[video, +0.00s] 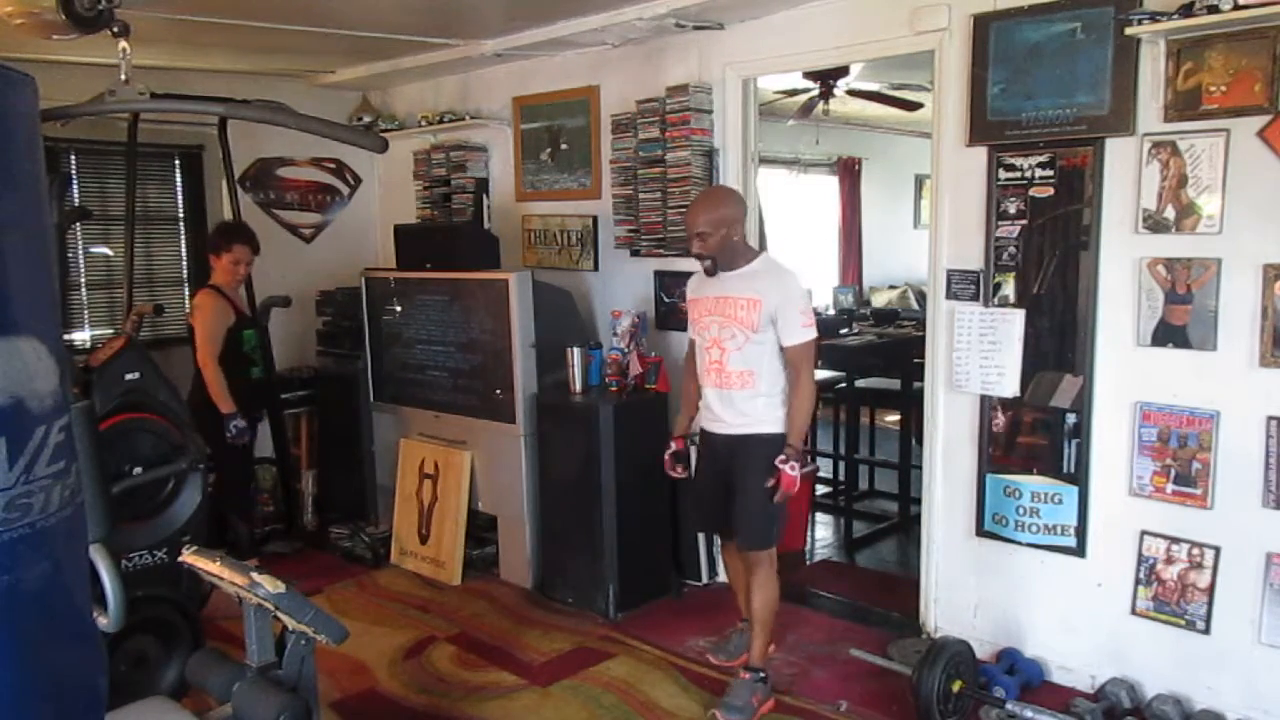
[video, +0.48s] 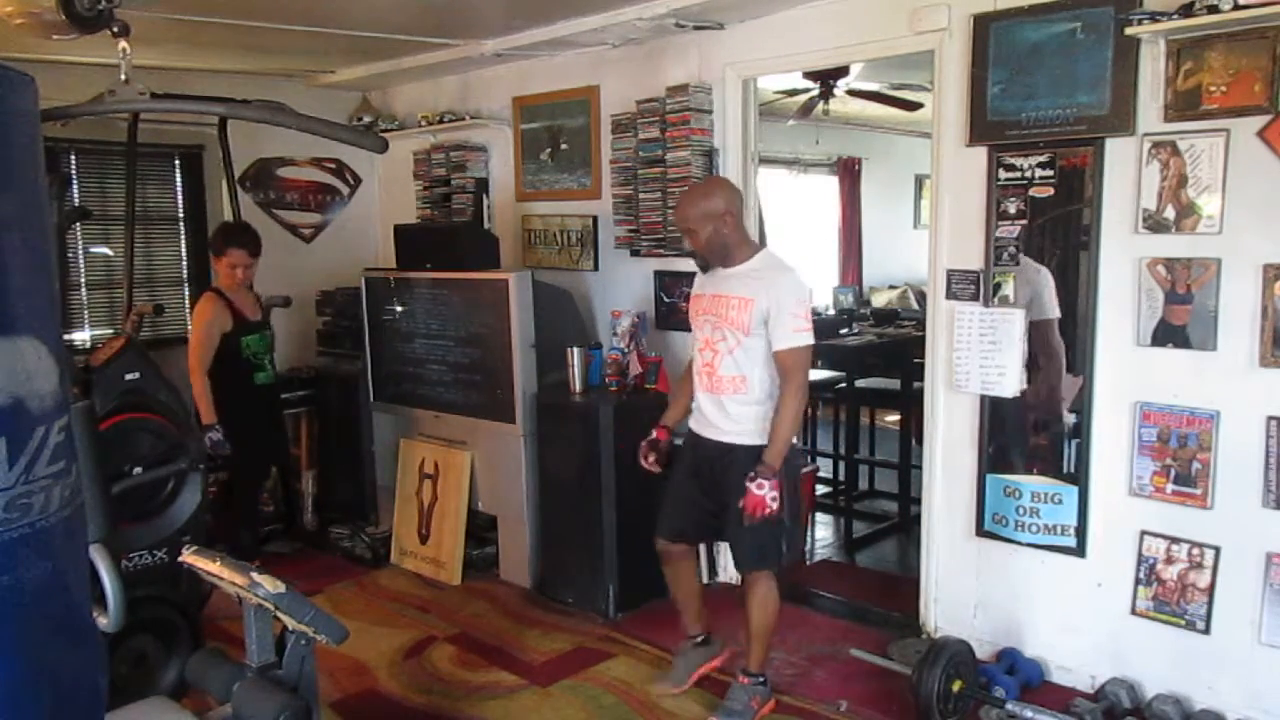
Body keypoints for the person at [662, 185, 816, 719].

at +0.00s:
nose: (694, 246)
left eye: (702, 236)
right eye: (691, 236)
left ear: (735, 229)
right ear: (699, 233)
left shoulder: (781, 286)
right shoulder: (699, 284)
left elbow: (803, 374)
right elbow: (695, 363)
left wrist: (794, 448)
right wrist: (679, 432)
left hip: (762, 438)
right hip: (714, 436)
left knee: (758, 552)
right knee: (730, 543)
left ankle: (757, 669)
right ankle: (751, 629)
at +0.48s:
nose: (686, 244)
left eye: (690, 233)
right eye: (683, 234)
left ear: (726, 221)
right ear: (718, 225)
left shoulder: (782, 285)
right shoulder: (705, 281)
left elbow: (797, 383)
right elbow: (700, 364)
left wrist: (770, 467)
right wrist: (664, 427)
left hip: (754, 452)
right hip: (700, 444)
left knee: (757, 569)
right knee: (672, 545)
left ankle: (756, 678)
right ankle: (697, 641)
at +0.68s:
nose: (672, 253)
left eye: (677, 241)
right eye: (666, 243)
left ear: (713, 226)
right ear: (683, 234)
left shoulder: (770, 285)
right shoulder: (687, 285)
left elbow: (787, 387)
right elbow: (696, 370)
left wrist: (748, 457)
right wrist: (685, 435)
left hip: (753, 454)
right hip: (692, 448)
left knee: (755, 575)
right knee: (660, 554)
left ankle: (755, 682)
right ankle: (629, 675)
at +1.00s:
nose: (615, 265)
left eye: (621, 252)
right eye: (609, 254)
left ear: (657, 238)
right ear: (645, 243)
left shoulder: (722, 290)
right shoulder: (626, 303)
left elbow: (768, 379)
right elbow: (635, 382)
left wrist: (752, 467)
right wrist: (640, 441)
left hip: (719, 472)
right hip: (653, 469)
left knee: (732, 589)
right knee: (636, 584)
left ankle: (750, 681)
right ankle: (622, 702)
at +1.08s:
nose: (596, 273)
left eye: (603, 259)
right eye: (589, 262)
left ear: (641, 242)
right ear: (588, 255)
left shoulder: (705, 288)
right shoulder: (604, 305)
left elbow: (755, 371)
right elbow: (614, 389)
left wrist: (739, 463)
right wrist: (619, 468)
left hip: (706, 471)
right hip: (640, 470)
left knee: (710, 594)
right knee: (623, 585)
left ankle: (745, 675)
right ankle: (620, 705)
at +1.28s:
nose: (562, 311)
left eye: (567, 299)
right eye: (554, 301)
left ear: (600, 273)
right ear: (553, 288)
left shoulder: (678, 304)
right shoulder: (565, 326)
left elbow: (722, 393)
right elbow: (576, 402)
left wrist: (682, 477)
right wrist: (580, 487)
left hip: (700, 459)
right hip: (629, 460)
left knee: (689, 587)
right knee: (618, 587)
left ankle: (718, 711)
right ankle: (620, 706)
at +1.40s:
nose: (549, 363)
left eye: (555, 351)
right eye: (542, 354)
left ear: (586, 320)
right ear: (531, 338)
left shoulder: (661, 343)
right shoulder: (552, 363)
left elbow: (705, 436)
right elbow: (565, 434)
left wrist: (653, 516)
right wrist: (569, 523)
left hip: (703, 469)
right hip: (633, 468)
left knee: (696, 600)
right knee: (614, 588)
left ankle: (709, 716)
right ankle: (619, 705)